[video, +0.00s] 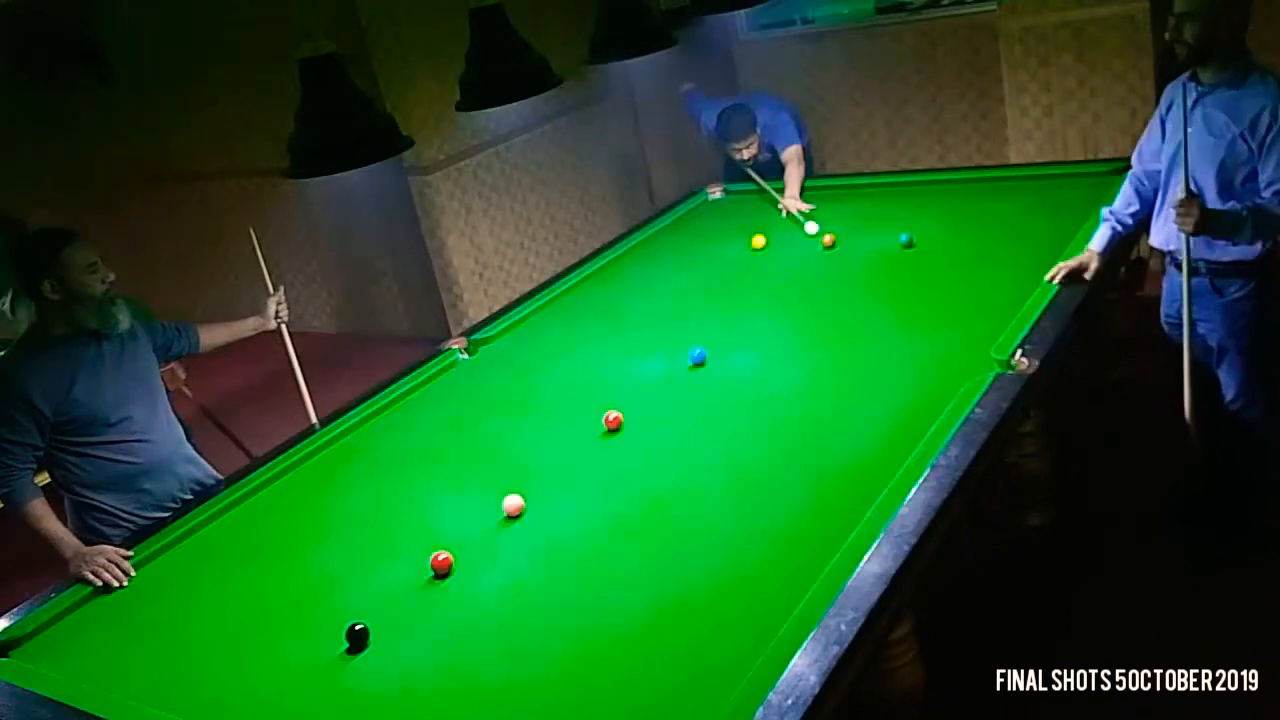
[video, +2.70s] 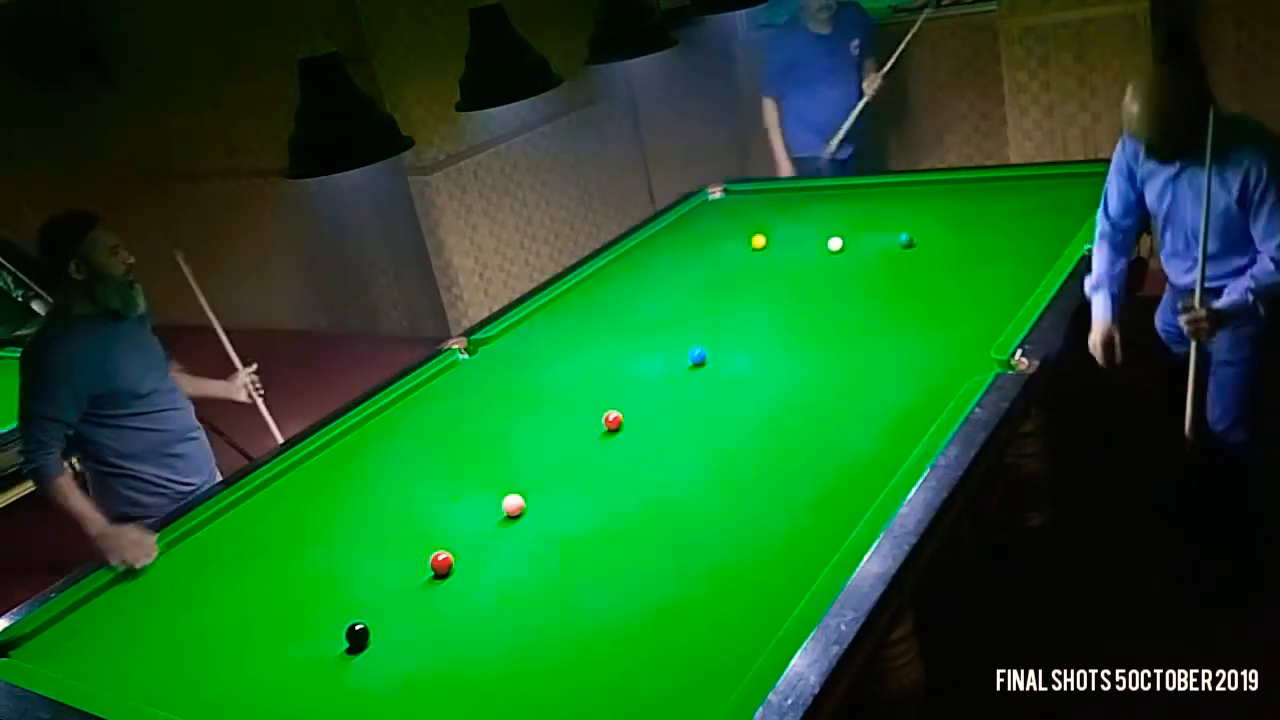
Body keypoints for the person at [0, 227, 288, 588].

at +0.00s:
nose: (110, 276)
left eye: (103, 265)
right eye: (91, 270)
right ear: (52, 290)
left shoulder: (130, 328)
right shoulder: (25, 371)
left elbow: (188, 338)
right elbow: (13, 476)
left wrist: (261, 321)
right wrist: (74, 552)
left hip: (206, 504)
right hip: (130, 544)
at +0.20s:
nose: (110, 277)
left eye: (102, 265)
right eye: (91, 270)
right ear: (51, 290)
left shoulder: (131, 327)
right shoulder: (25, 373)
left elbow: (188, 338)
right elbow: (13, 477)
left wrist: (260, 321)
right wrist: (75, 552)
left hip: (206, 504)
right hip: (130, 545)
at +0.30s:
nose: (110, 277)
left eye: (102, 266)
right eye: (91, 270)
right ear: (50, 291)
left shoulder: (131, 325)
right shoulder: (25, 373)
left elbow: (187, 338)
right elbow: (13, 477)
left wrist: (261, 321)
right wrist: (75, 552)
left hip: (206, 503)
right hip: (129, 543)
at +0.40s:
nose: (109, 278)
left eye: (102, 267)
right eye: (90, 271)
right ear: (49, 291)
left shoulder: (129, 324)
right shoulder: (25, 373)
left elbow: (187, 338)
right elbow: (13, 477)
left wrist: (261, 321)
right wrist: (75, 552)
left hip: (205, 502)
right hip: (129, 543)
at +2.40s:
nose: (113, 274)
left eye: (106, 263)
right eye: (95, 267)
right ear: (58, 286)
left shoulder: (126, 321)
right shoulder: (29, 366)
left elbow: (169, 347)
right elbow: (18, 472)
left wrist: (249, 334)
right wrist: (73, 550)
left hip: (201, 495)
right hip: (130, 533)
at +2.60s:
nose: (121, 264)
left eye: (114, 254)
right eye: (105, 259)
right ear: (69, 276)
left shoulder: (122, 313)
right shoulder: (42, 358)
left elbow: (157, 369)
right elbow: (28, 464)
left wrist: (239, 376)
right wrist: (80, 544)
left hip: (204, 487)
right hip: (143, 525)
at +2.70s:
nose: (129, 259)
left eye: (122, 249)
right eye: (113, 253)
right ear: (78, 270)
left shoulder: (124, 312)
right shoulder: (56, 349)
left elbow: (158, 376)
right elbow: (41, 457)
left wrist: (228, 388)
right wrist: (102, 531)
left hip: (205, 486)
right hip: (152, 521)